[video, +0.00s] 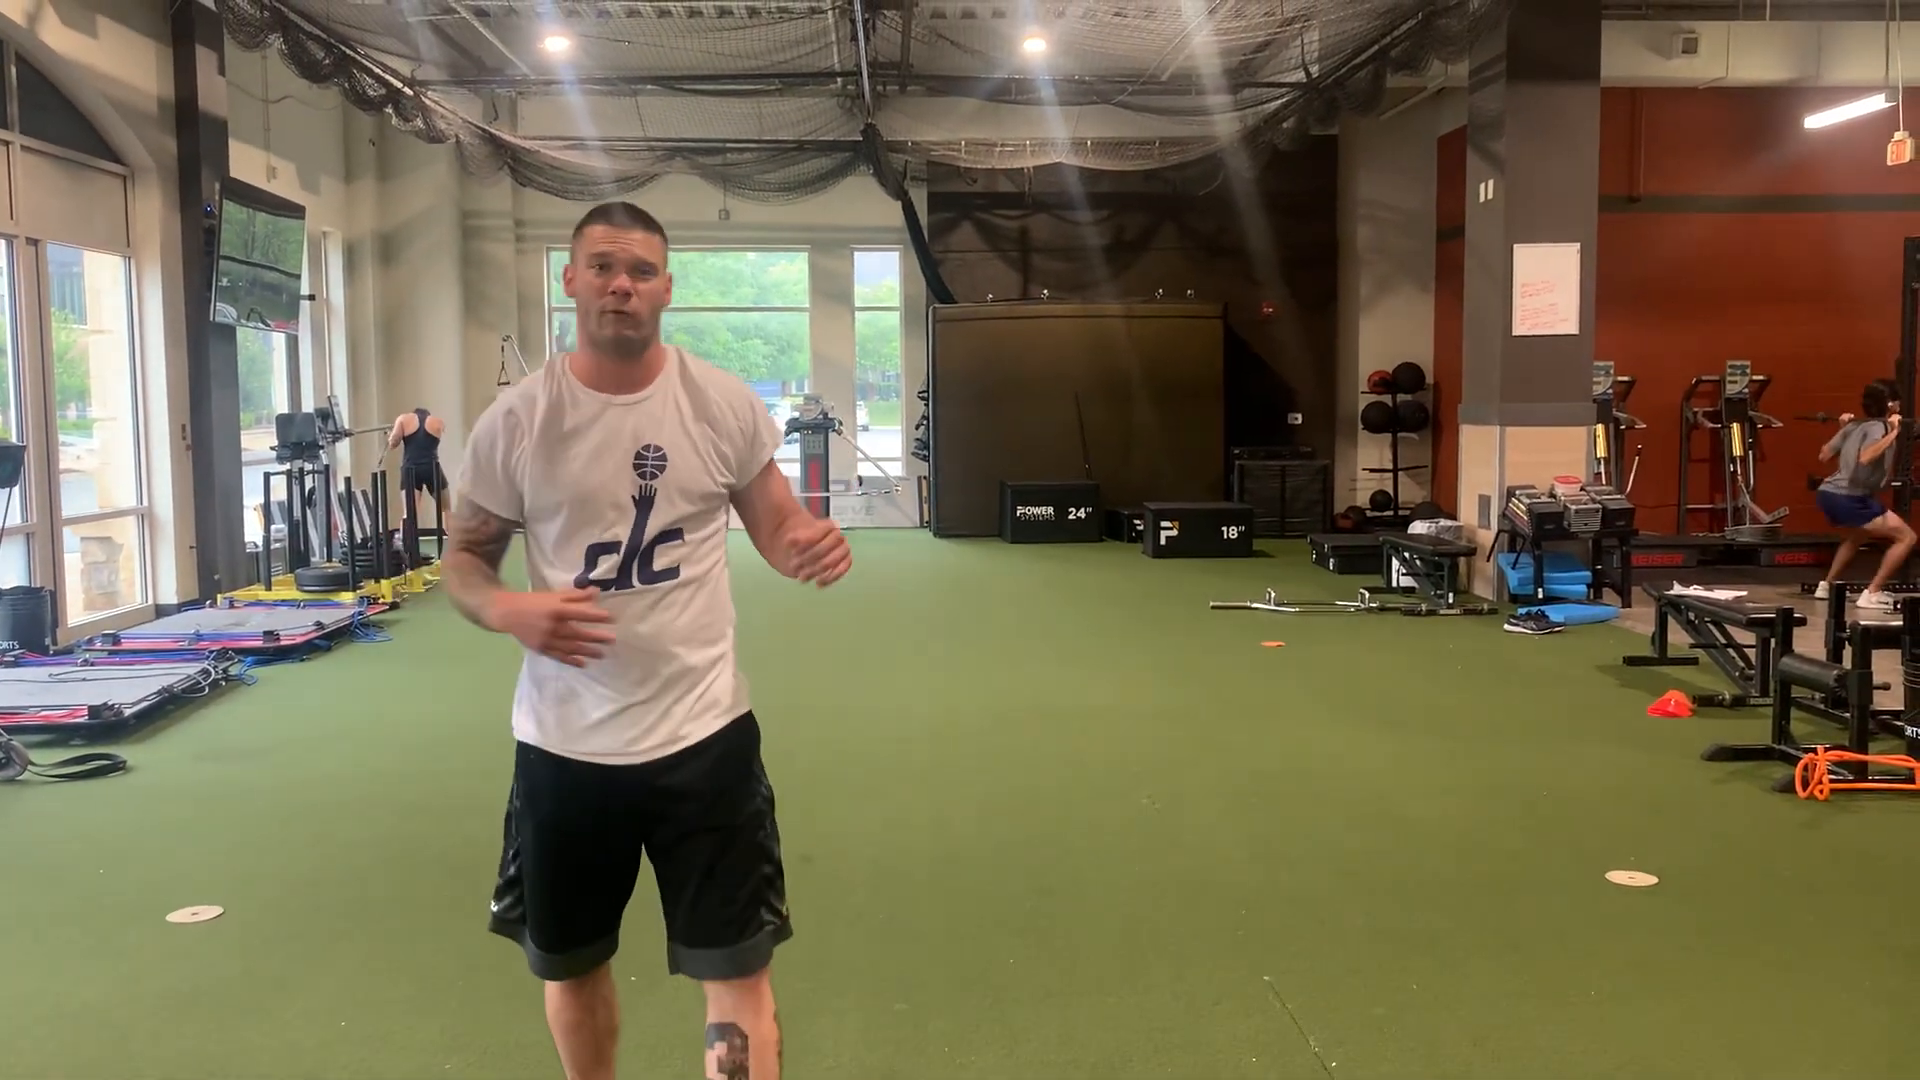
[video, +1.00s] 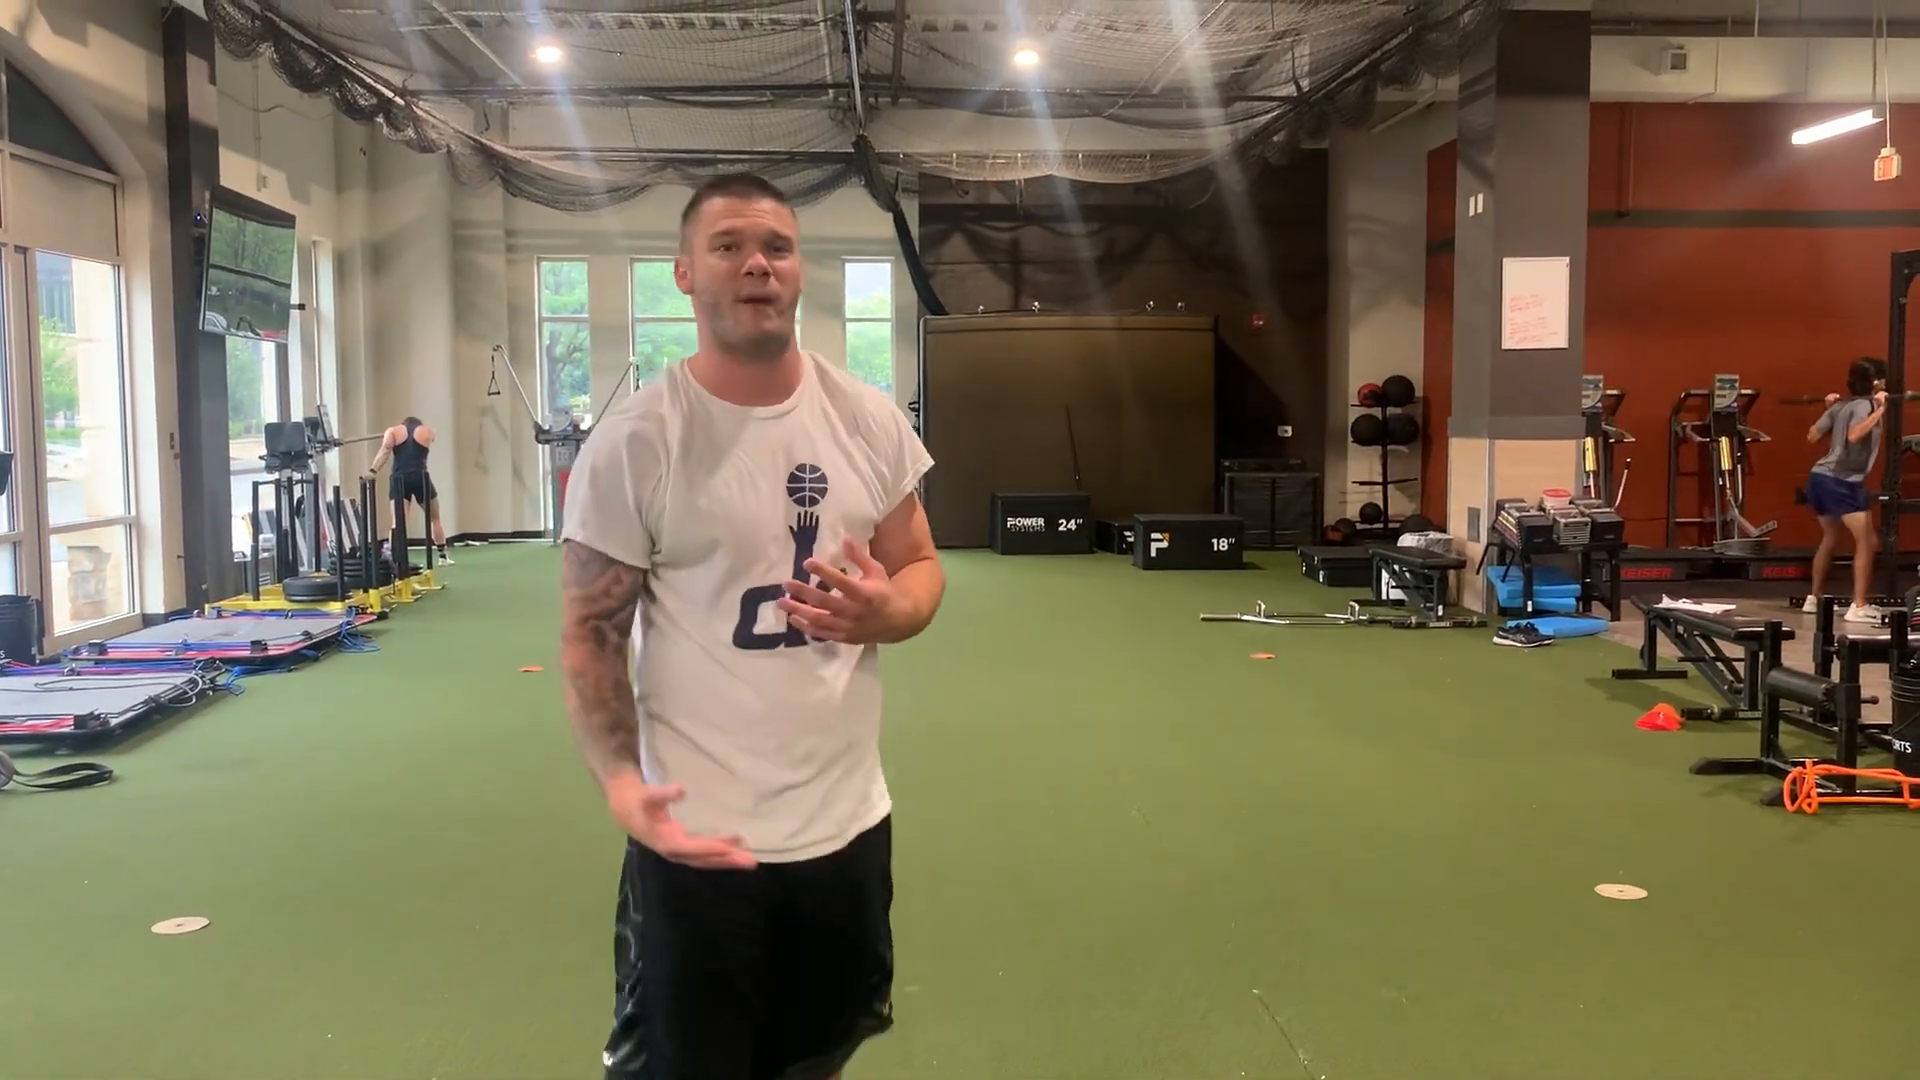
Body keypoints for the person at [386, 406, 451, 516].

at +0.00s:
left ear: (413, 413)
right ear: (428, 415)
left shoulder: (403, 419)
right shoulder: (438, 422)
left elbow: (393, 443)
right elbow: (436, 440)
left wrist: (390, 435)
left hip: (410, 470)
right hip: (432, 469)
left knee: (409, 513)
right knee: (445, 509)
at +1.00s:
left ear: (403, 424)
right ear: (419, 424)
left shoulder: (392, 431)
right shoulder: (427, 432)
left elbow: (384, 452)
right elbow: (431, 440)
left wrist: (373, 470)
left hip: (399, 479)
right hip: (420, 478)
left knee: (397, 521)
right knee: (435, 518)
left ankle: (394, 558)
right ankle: (442, 556)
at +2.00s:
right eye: (419, 431)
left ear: (402, 429)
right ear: (418, 430)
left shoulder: (390, 437)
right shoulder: (425, 439)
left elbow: (384, 456)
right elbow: (421, 457)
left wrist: (372, 475)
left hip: (396, 485)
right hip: (417, 484)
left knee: (394, 529)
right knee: (432, 524)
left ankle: (391, 565)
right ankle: (441, 562)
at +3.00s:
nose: (423, 436)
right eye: (423, 433)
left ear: (405, 432)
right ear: (421, 432)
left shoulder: (394, 441)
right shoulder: (429, 443)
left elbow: (386, 464)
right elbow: (424, 465)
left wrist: (375, 480)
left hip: (400, 489)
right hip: (421, 488)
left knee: (397, 532)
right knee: (434, 528)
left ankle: (393, 567)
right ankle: (443, 567)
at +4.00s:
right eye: (418, 428)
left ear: (403, 430)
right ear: (420, 430)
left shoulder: (394, 447)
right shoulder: (429, 448)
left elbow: (388, 469)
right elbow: (423, 467)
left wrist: (377, 488)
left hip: (400, 493)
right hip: (422, 492)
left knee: (398, 536)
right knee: (436, 532)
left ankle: (394, 571)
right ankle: (445, 569)